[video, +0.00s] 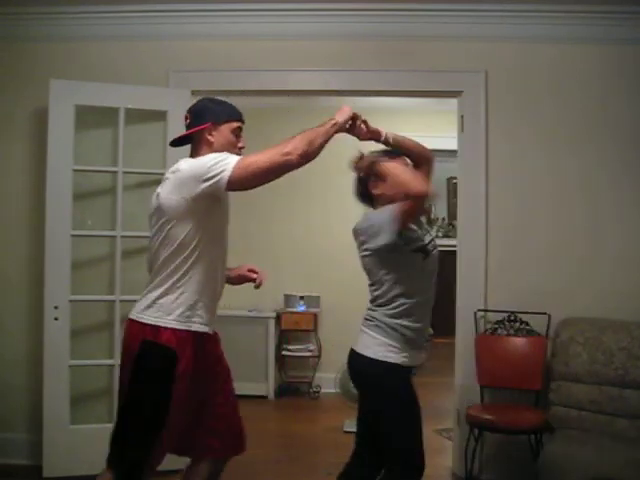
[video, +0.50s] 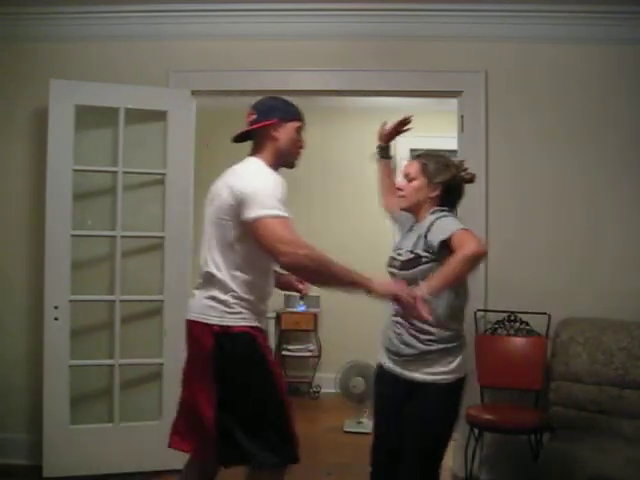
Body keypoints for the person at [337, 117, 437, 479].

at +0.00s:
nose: (409, 167)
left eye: (404, 163)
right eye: (399, 164)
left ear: (387, 185)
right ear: (378, 186)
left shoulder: (407, 219)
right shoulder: (374, 224)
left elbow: (425, 158)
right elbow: (419, 193)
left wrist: (379, 134)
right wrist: (378, 168)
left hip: (393, 361)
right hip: (379, 363)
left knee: (368, 459)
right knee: (408, 465)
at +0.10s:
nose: (388, 185)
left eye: (397, 178)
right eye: (381, 179)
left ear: (410, 187)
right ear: (372, 189)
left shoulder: (424, 222)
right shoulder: (368, 234)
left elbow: (437, 169)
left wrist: (381, 145)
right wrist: (349, 171)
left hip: (410, 368)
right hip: (375, 366)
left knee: (363, 460)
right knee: (402, 465)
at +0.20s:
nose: (378, 185)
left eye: (389, 179)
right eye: (378, 180)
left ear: (411, 190)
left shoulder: (433, 228)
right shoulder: (368, 231)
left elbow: (440, 180)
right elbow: (328, 187)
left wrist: (379, 166)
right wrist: (351, 160)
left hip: (421, 370)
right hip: (373, 367)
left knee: (384, 452)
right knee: (388, 462)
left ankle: (353, 472)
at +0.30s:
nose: (383, 187)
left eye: (393, 180)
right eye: (384, 180)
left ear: (418, 186)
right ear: (389, 188)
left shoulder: (437, 227)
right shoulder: (377, 227)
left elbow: (443, 202)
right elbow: (329, 189)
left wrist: (380, 202)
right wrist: (364, 159)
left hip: (424, 376)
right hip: (373, 371)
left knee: (403, 468)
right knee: (372, 465)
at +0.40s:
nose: (390, 186)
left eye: (400, 181)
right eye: (392, 180)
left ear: (425, 191)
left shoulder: (439, 221)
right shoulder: (388, 223)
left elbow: (458, 232)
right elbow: (357, 199)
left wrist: (402, 253)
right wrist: (370, 154)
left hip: (429, 378)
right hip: (379, 371)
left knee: (417, 471)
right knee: (374, 467)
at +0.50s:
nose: (399, 183)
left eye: (409, 178)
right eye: (402, 176)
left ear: (434, 190)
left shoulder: (442, 223)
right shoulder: (407, 221)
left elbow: (473, 249)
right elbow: (390, 197)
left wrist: (422, 291)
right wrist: (383, 148)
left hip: (436, 377)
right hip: (394, 369)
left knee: (418, 469)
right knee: (384, 465)